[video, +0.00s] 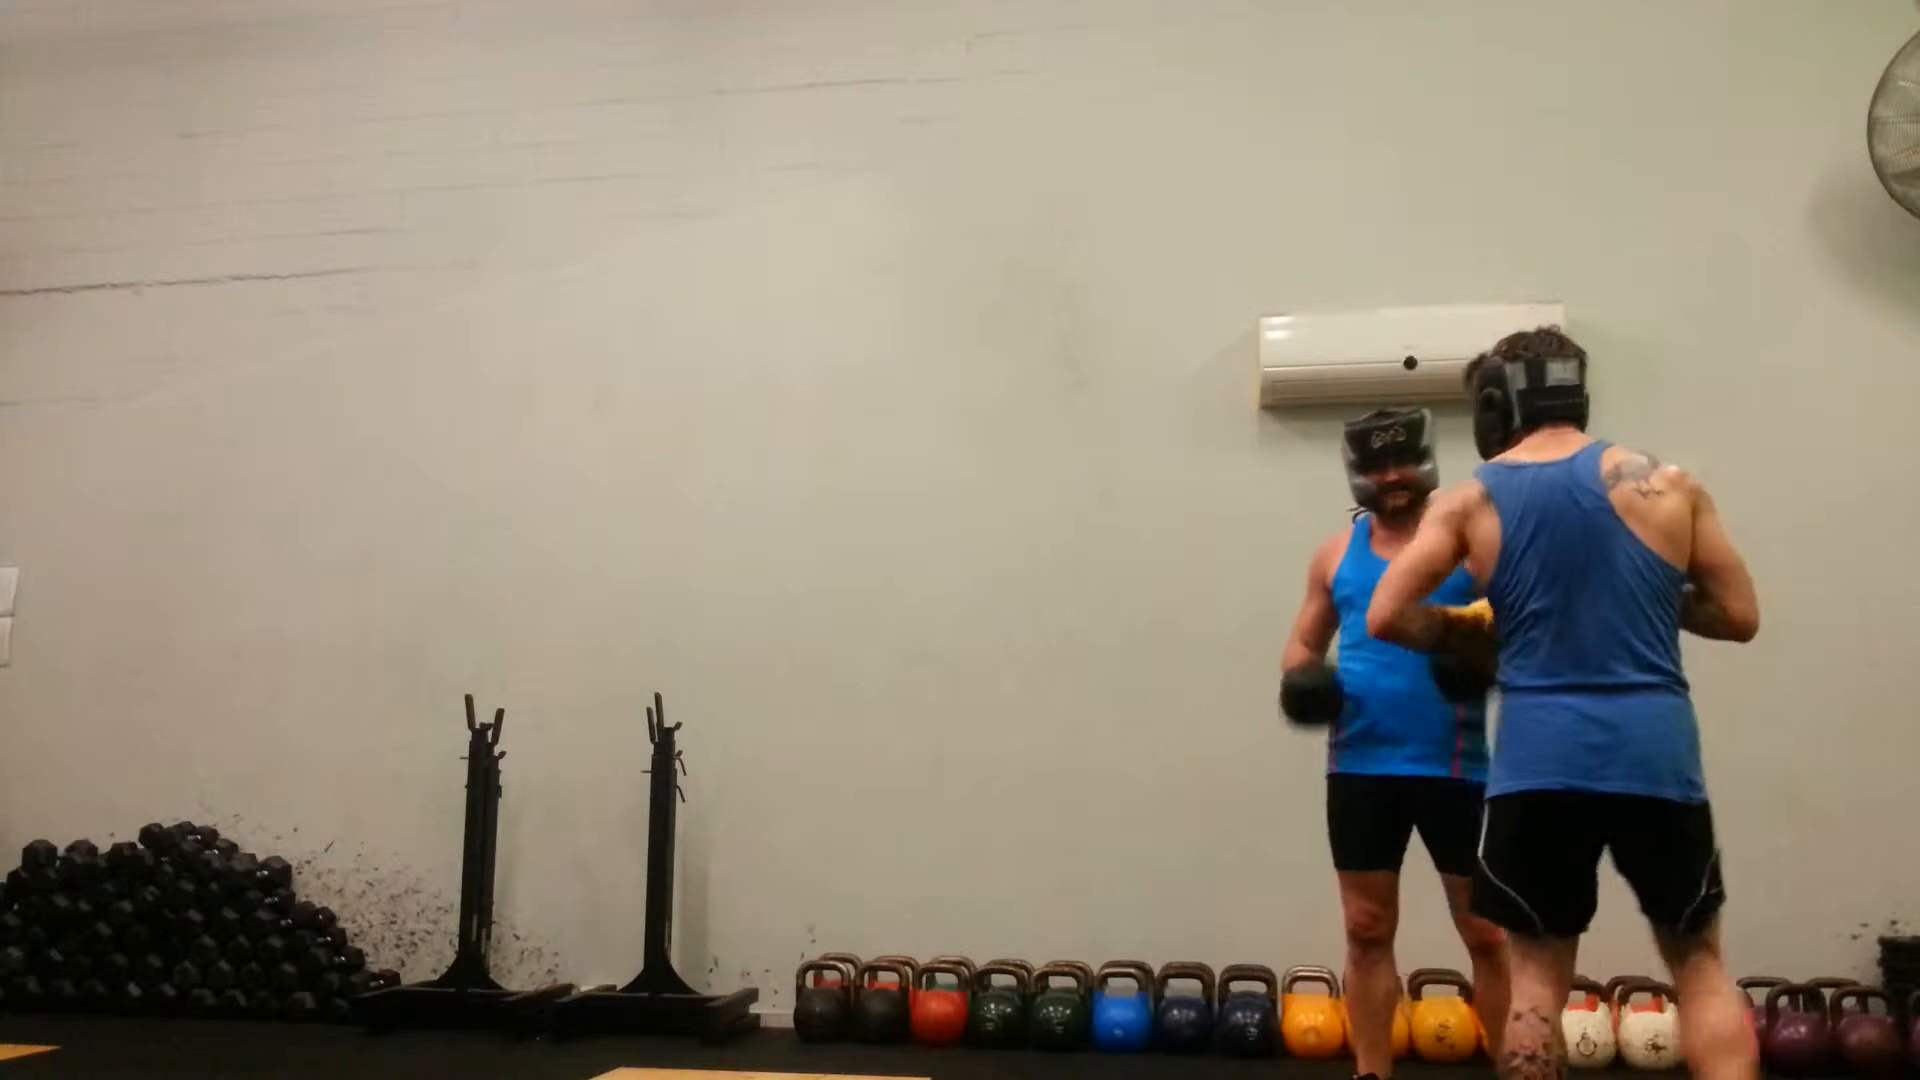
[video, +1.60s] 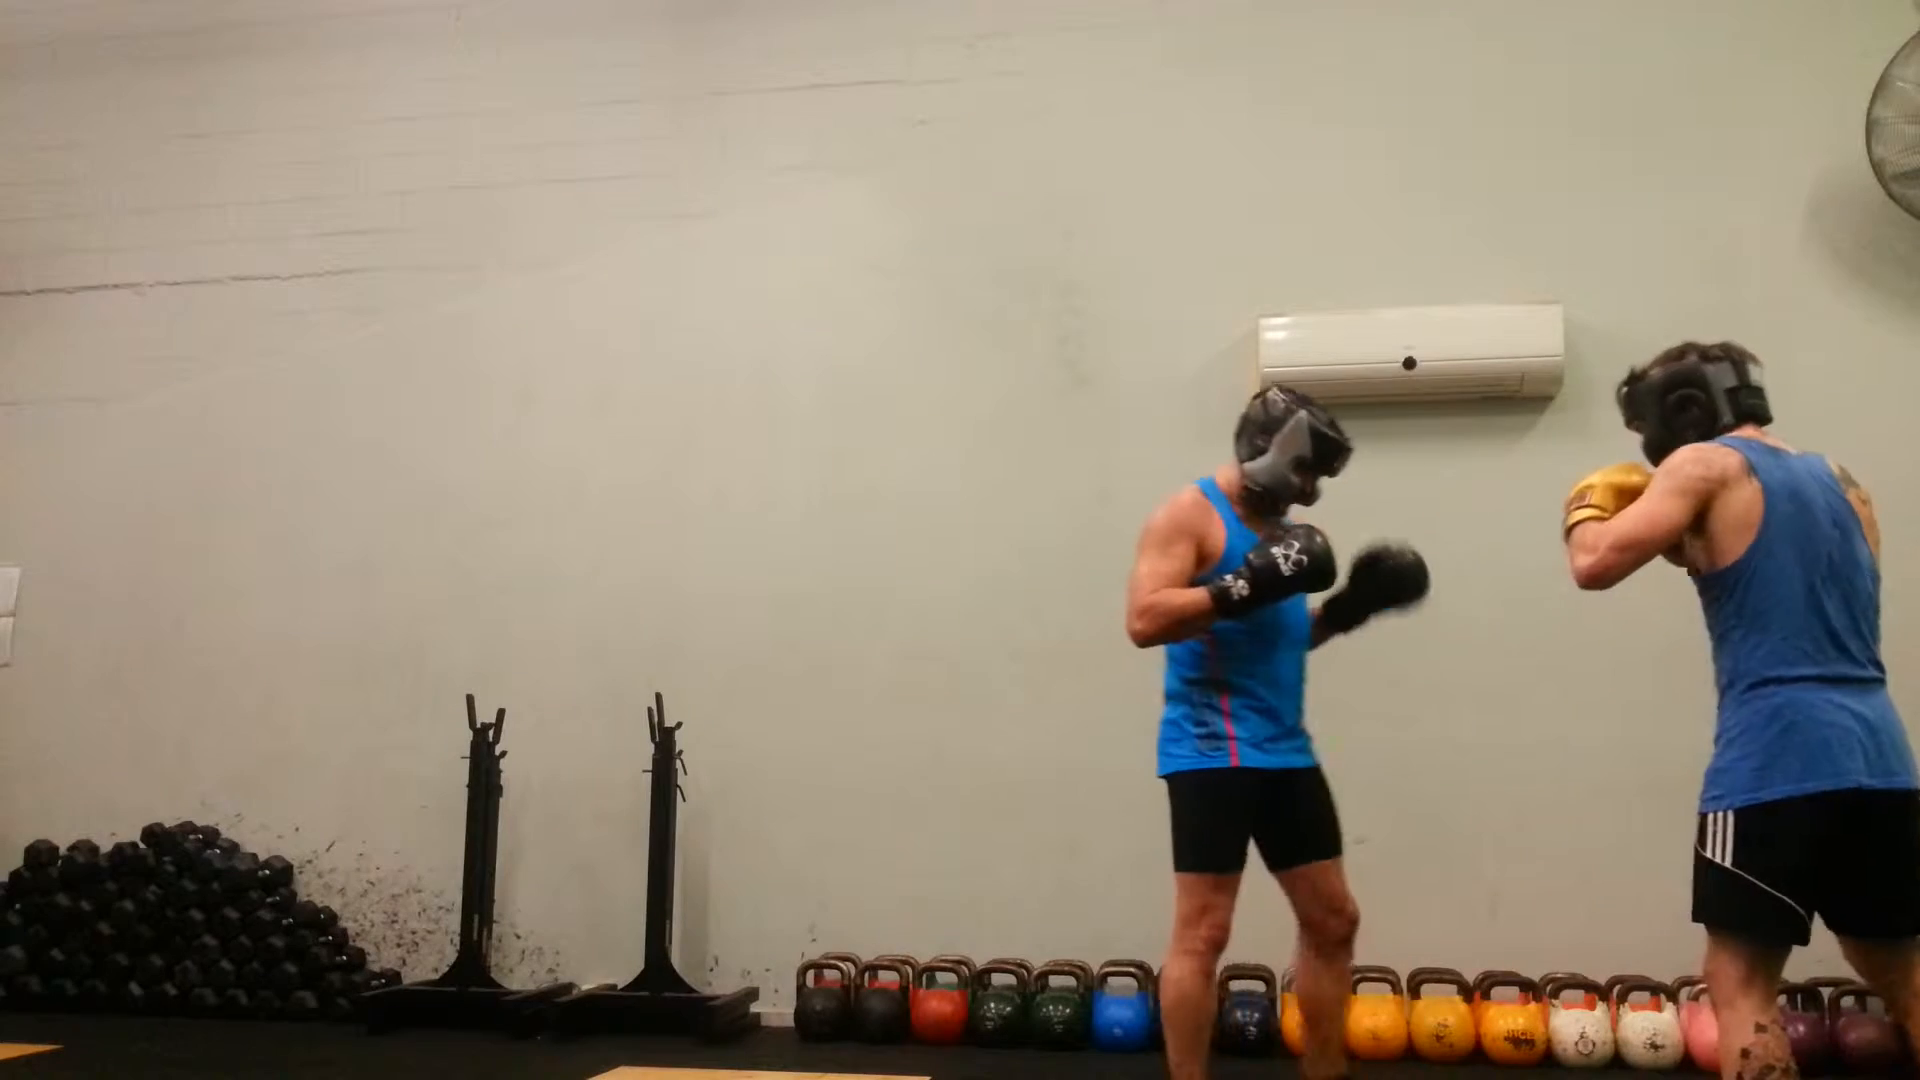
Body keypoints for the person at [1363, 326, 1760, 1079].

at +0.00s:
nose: (1476, 423)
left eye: (1481, 411)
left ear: (1497, 412)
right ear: (1581, 405)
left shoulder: (1471, 499)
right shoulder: (1668, 483)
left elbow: (1390, 615)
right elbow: (1738, 615)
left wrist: (1471, 631)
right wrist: (1642, 589)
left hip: (1536, 775)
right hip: (1659, 772)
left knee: (1537, 970)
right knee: (1697, 959)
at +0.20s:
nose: (1535, 431)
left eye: (1539, 418)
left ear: (1557, 418)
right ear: (1641, 413)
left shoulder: (1542, 493)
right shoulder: (1726, 506)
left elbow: (1433, 596)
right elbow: (1764, 647)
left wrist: (1507, 626)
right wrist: (1681, 596)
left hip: (1584, 782)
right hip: (1701, 784)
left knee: (1561, 981)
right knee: (1767, 986)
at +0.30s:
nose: (1572, 437)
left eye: (1577, 423)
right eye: (1575, 423)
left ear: (1602, 423)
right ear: (1680, 419)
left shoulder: (1590, 494)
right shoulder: (1758, 512)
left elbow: (1489, 595)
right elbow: (1768, 660)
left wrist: (1558, 635)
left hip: (1627, 784)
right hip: (1742, 784)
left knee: (1582, 984)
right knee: (1789, 989)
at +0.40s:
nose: (1603, 451)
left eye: (1606, 436)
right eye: (1600, 438)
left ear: (1635, 429)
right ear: (1705, 425)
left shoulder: (1631, 492)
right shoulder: (1785, 513)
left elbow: (1584, 600)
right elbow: (1775, 630)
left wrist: (1612, 658)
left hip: (1665, 779)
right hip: (1778, 778)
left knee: (1603, 970)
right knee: (1809, 984)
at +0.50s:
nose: (1623, 462)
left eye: (1624, 446)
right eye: (1619, 449)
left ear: (1651, 434)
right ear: (1720, 430)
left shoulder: (1663, 482)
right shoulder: (1800, 512)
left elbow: (1661, 579)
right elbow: (1796, 614)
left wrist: (1612, 614)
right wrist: (1670, 621)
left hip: (1694, 768)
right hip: (1801, 773)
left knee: (1624, 955)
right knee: (1814, 977)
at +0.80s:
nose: (1671, 450)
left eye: (1673, 435)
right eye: (1668, 437)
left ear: (1704, 421)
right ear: (1767, 416)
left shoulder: (1721, 475)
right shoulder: (1847, 509)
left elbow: (1634, 574)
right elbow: (1778, 579)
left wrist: (1600, 524)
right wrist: (1678, 524)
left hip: (1741, 766)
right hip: (1843, 769)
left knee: (1698, 971)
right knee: (1840, 979)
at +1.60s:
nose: (1654, 454)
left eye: (1654, 440)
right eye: (1653, 443)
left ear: (1682, 419)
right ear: (1754, 407)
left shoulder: (1705, 465)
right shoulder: (1845, 483)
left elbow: (1594, 561)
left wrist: (1587, 507)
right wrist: (1688, 520)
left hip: (1771, 769)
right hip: (1883, 767)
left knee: (1741, 991)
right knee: (1903, 977)